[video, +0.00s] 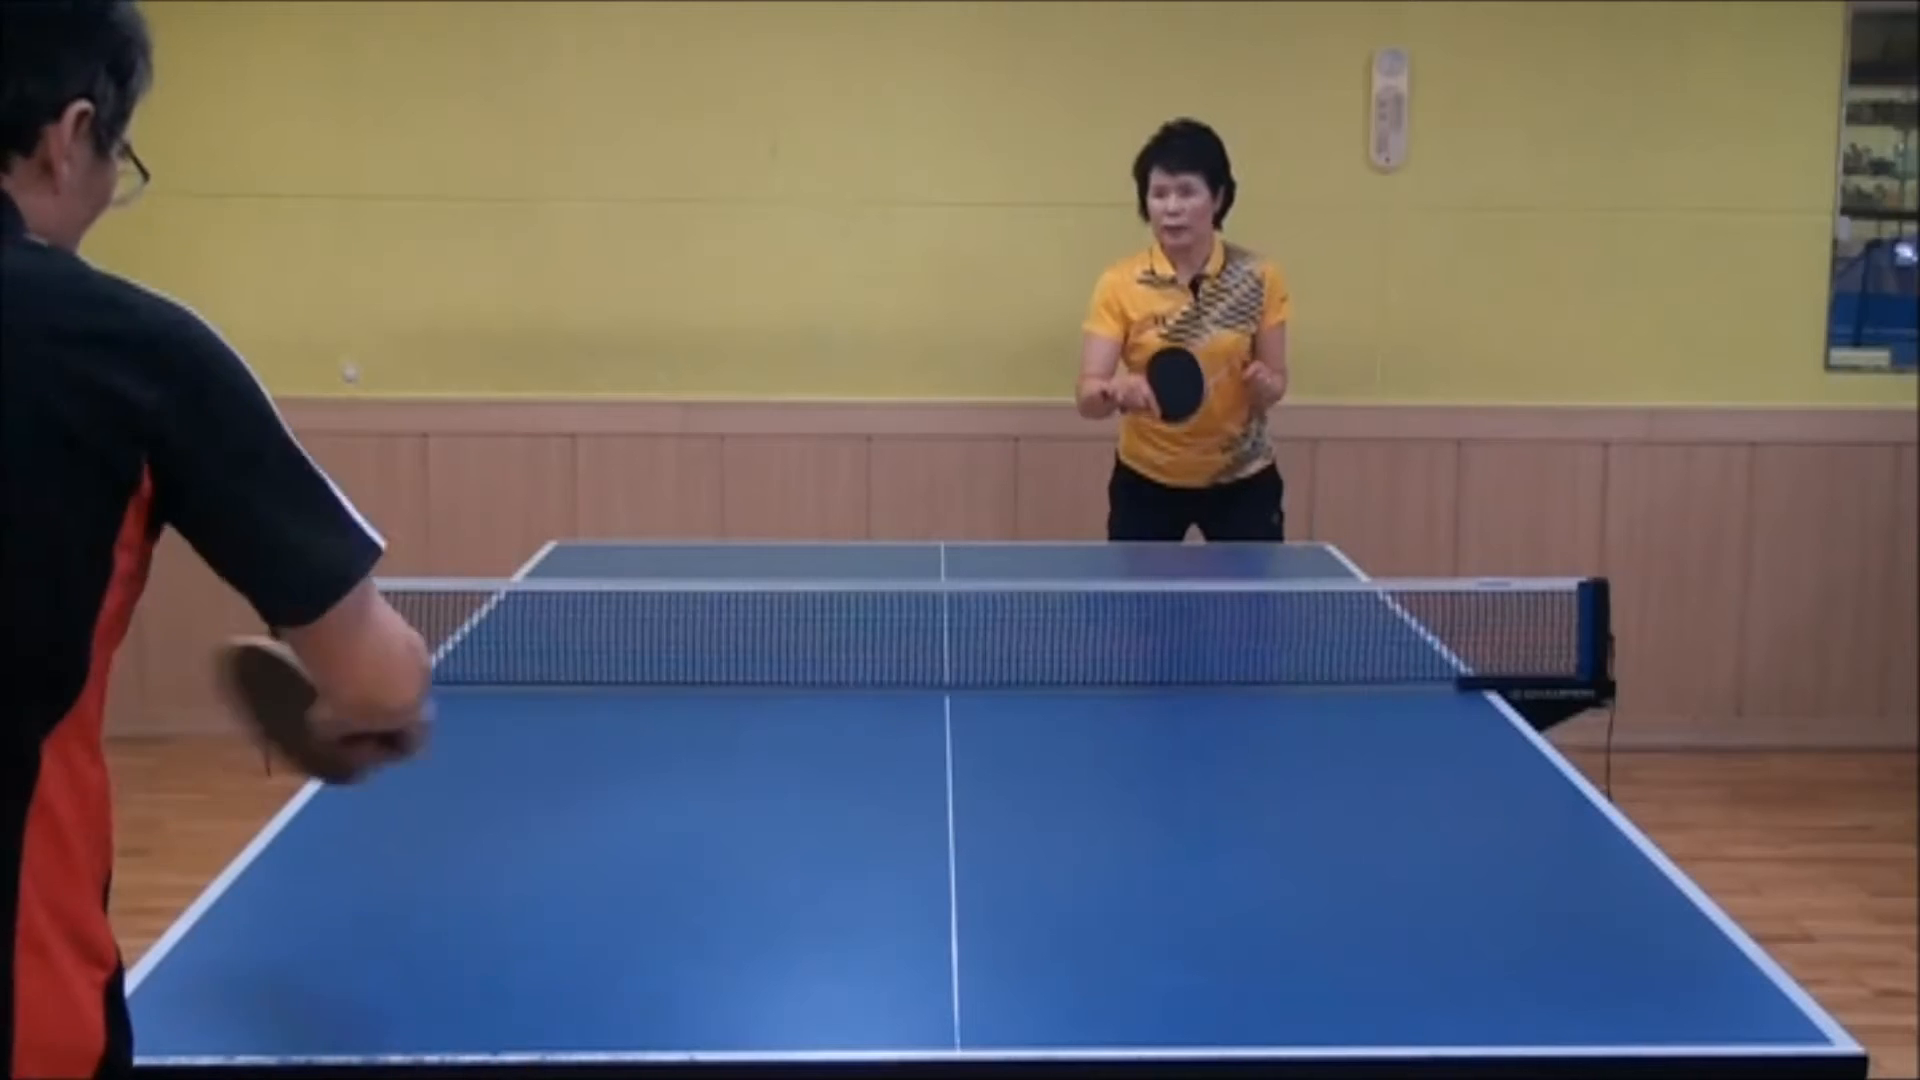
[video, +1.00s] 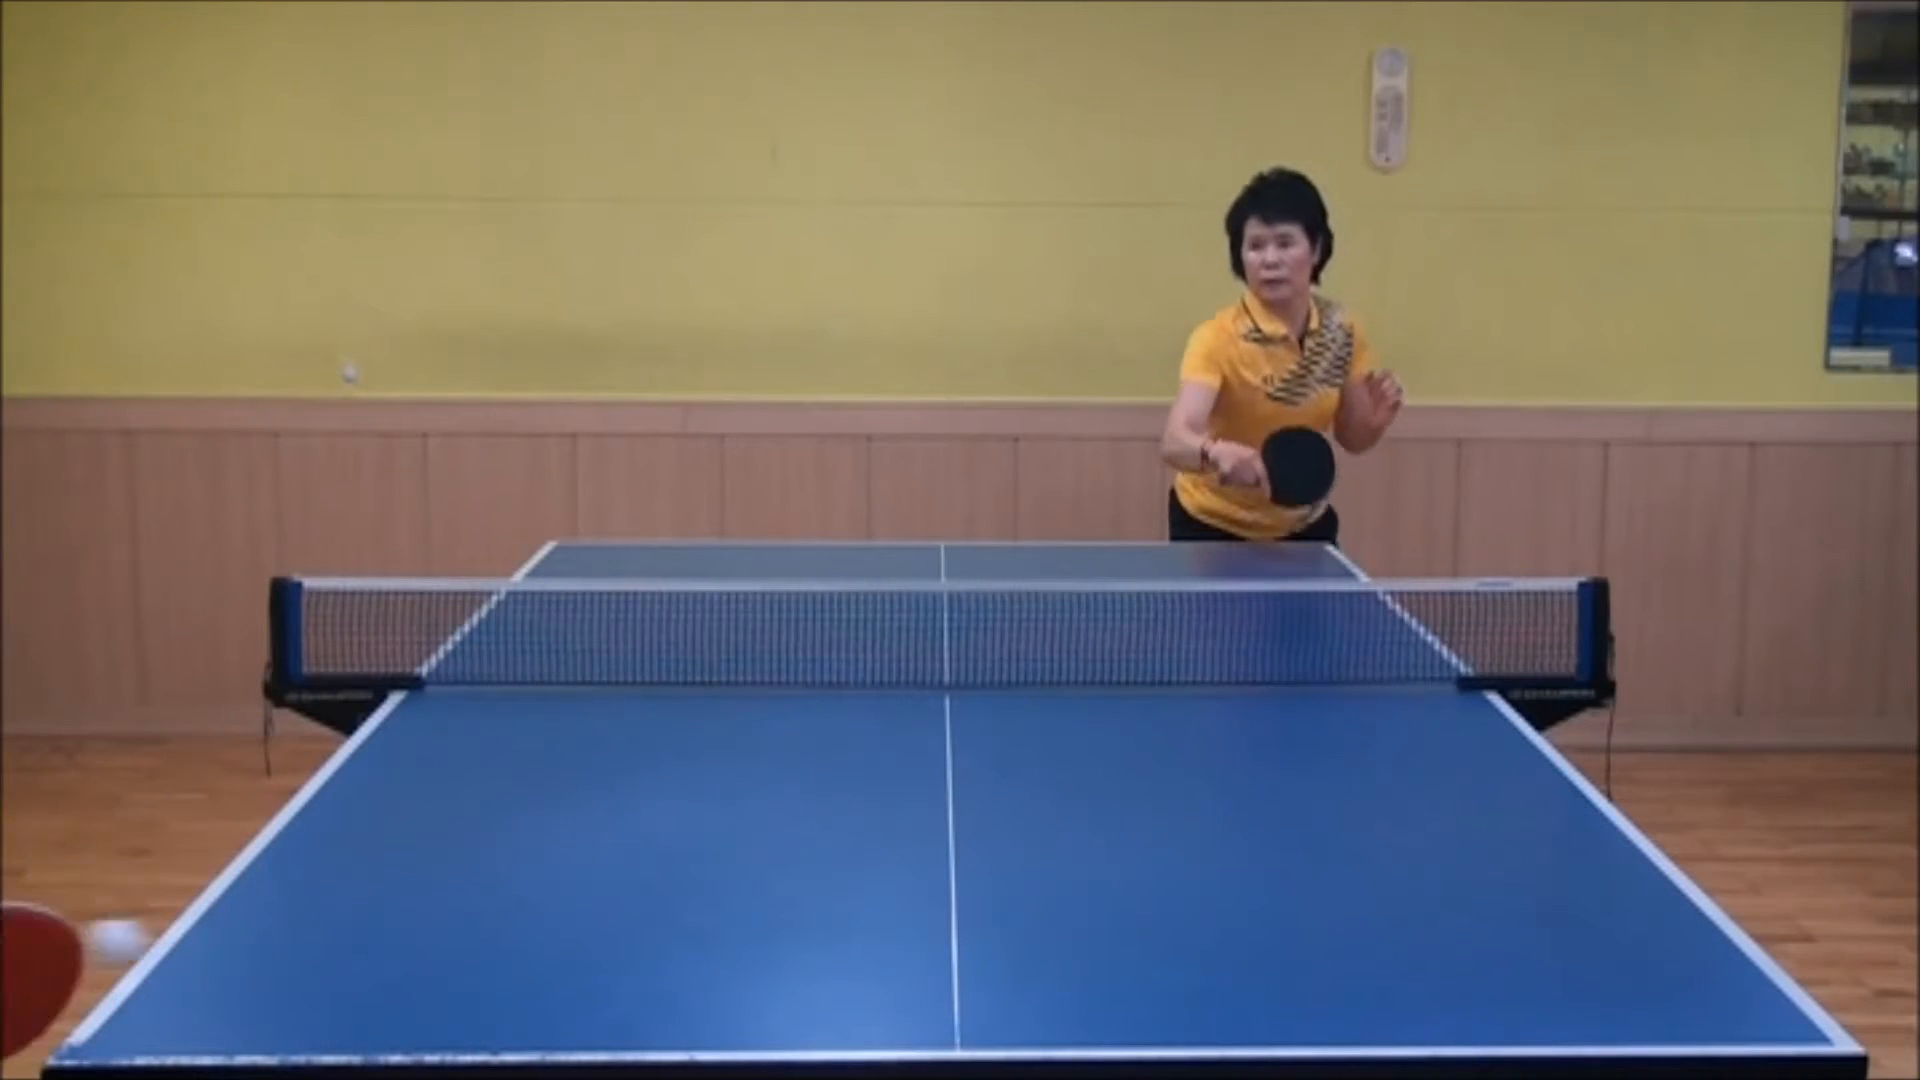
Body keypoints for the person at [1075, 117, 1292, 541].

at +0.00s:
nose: (1172, 208)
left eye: (1187, 192)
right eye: (1160, 193)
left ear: (1219, 199)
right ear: (1144, 202)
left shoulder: (1259, 282)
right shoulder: (1120, 285)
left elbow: (1274, 380)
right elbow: (1089, 399)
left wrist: (1262, 384)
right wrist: (1116, 392)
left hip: (1240, 484)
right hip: (1147, 483)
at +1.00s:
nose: (1270, 259)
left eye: (1286, 243)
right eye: (1256, 246)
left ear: (1317, 250)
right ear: (1239, 256)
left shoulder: (1343, 335)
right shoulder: (1217, 339)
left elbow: (1352, 440)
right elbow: (1176, 441)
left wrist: (1371, 422)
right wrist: (1215, 452)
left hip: (1304, 526)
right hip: (1215, 528)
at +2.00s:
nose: (1179, 207)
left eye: (1195, 193)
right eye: (1168, 193)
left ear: (1225, 201)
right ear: (1152, 200)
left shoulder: (1259, 284)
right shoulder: (1122, 284)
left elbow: (1267, 377)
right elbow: (1091, 397)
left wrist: (1264, 391)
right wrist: (1120, 388)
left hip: (1233, 483)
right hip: (1141, 480)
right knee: (1124, 599)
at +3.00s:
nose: (1194, 202)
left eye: (1209, 188)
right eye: (1182, 189)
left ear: (1242, 194)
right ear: (1167, 198)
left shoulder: (1282, 277)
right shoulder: (1144, 282)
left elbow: (1297, 369)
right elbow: (1117, 397)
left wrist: (1294, 383)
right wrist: (1139, 390)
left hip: (1263, 482)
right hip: (1170, 481)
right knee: (1154, 600)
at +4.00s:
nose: (1258, 242)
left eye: (1272, 226)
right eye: (1244, 228)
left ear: (1300, 226)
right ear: (1227, 234)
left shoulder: (1338, 304)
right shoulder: (1206, 312)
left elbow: (1351, 417)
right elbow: (1165, 419)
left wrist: (1340, 390)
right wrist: (1220, 422)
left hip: (1313, 508)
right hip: (1221, 507)